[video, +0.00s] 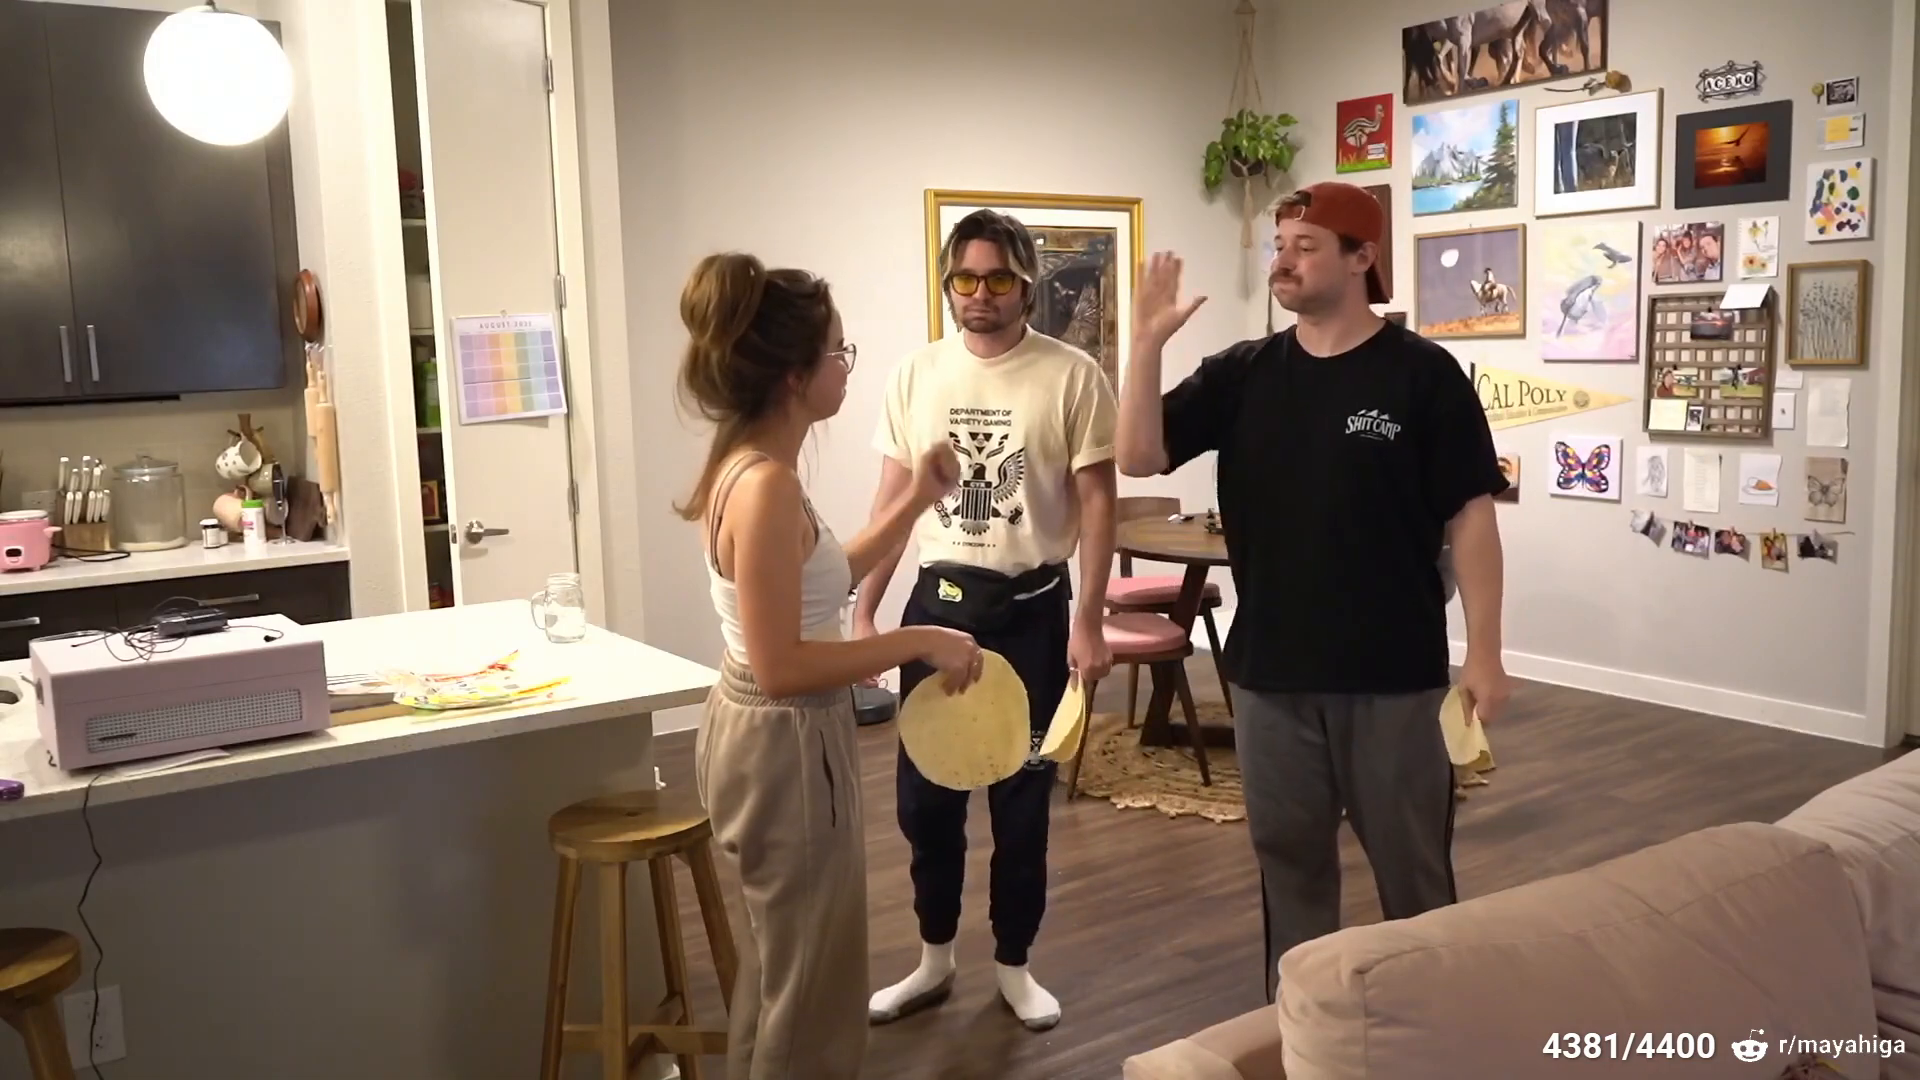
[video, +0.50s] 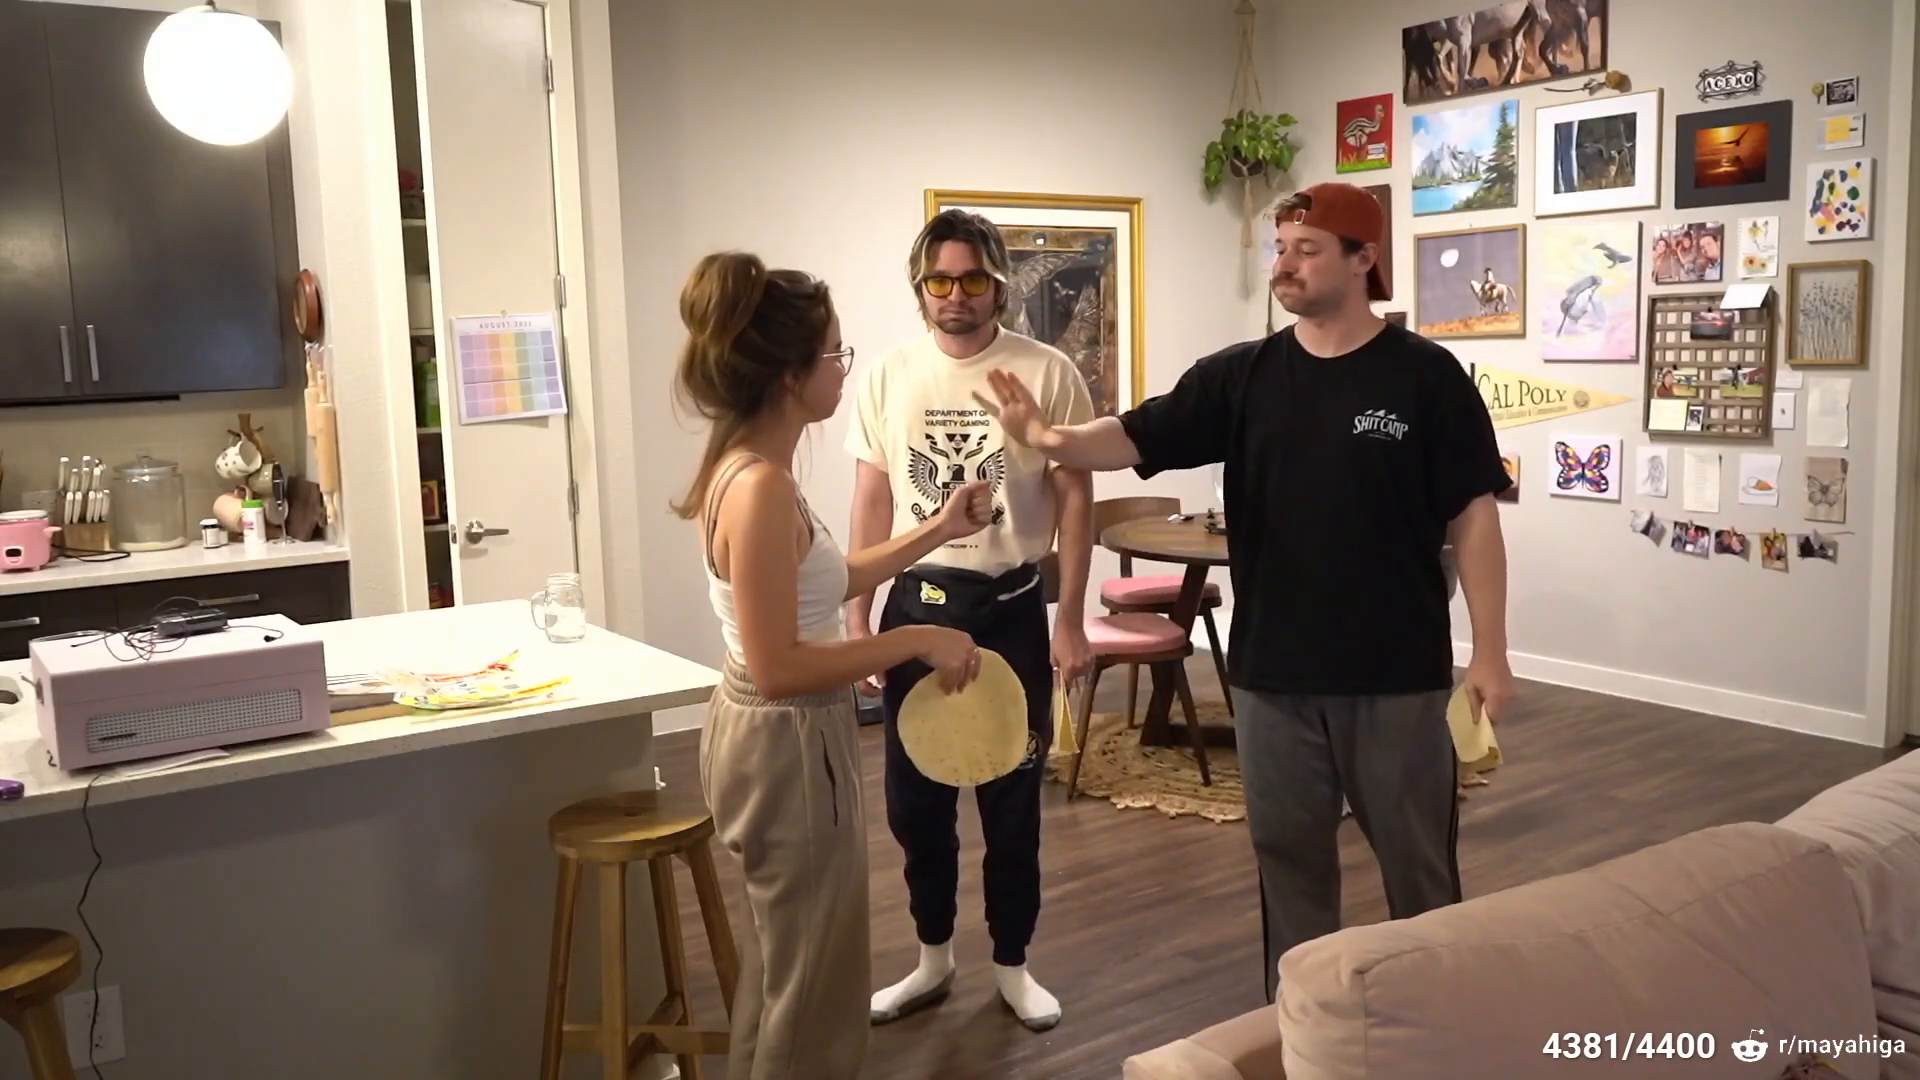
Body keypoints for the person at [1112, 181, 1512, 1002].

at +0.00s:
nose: (1284, 258)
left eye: (1305, 246)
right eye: (1280, 246)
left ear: (1360, 261)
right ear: (1275, 260)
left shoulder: (1424, 373)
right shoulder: (1244, 373)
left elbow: (1472, 514)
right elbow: (1141, 457)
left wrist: (1484, 655)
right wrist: (1144, 343)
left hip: (1393, 680)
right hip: (1272, 679)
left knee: (1414, 880)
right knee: (1289, 874)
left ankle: (1437, 1034)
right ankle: (1297, 1035)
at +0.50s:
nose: (1285, 262)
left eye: (1306, 249)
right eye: (1280, 250)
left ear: (1361, 262)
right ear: (1275, 261)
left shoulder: (1428, 374)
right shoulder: (1240, 376)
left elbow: (1475, 518)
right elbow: (1136, 437)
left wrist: (1491, 653)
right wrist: (1051, 441)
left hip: (1397, 680)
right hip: (1274, 681)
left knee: (1422, 881)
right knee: (1290, 877)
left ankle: (1445, 1034)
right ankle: (1298, 1037)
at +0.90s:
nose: (1248, 258)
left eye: (1270, 245)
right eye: (1243, 247)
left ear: (1324, 259)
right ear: (1237, 264)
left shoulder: (1392, 375)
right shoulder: (1207, 383)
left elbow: (1437, 517)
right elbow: (1145, 499)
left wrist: (1328, 562)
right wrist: (1132, 523)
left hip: (1373, 675)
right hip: (1250, 677)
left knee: (1402, 862)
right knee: (1273, 867)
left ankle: (1428, 1016)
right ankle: (1293, 1026)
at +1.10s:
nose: (1221, 264)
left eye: (1242, 250)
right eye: (1217, 252)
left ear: (1299, 261)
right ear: (1216, 266)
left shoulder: (1349, 370)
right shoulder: (1209, 380)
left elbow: (1332, 517)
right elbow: (1206, 522)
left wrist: (1191, 504)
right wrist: (1153, 519)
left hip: (1335, 672)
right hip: (1234, 668)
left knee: (1340, 872)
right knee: (1267, 876)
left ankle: (1374, 1032)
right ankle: (1293, 1028)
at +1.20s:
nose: (1209, 271)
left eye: (1230, 257)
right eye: (1205, 258)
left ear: (1285, 268)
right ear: (1206, 269)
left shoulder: (1324, 366)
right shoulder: (1213, 386)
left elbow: (1284, 511)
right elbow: (1194, 529)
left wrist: (1151, 489)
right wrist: (1107, 504)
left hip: (1321, 676)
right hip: (1235, 673)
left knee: (1313, 889)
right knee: (1264, 885)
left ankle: (1340, 1051)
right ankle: (1291, 1038)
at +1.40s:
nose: (1198, 279)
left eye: (1216, 263)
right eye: (1196, 265)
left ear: (1274, 270)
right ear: (1209, 271)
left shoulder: (1283, 359)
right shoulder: (1267, 359)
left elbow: (1186, 492)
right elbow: (1190, 495)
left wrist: (1069, 461)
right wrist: (1088, 472)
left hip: (1297, 675)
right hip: (1276, 670)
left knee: (1275, 886)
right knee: (1274, 883)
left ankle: (1289, 1054)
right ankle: (1289, 1050)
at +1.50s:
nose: (1195, 289)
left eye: (1214, 272)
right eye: (1193, 275)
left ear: (1273, 278)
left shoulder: (1272, 364)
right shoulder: (1262, 367)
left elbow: (1153, 471)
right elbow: (1186, 531)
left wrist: (1043, 454)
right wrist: (1091, 474)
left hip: (1288, 689)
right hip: (1274, 684)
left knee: (1262, 908)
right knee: (1267, 904)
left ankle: (1274, 1070)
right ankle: (1278, 1066)